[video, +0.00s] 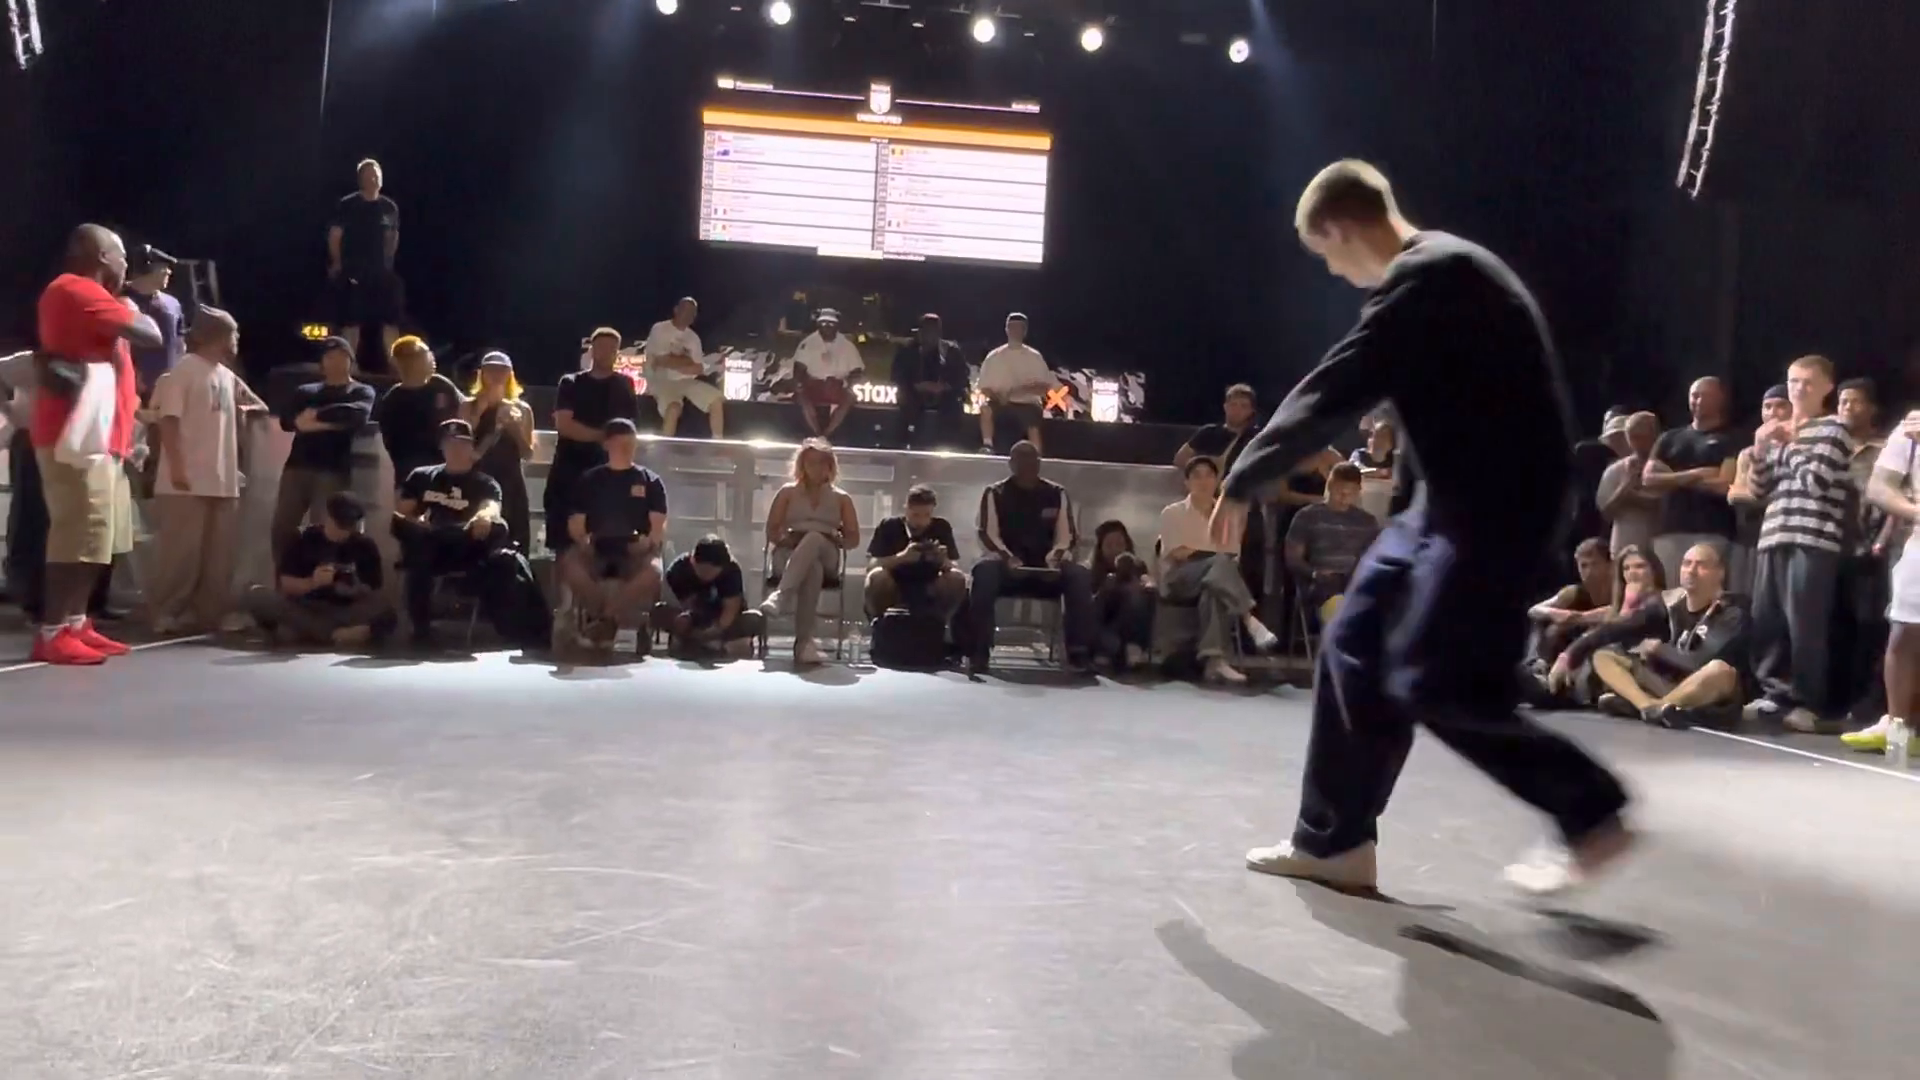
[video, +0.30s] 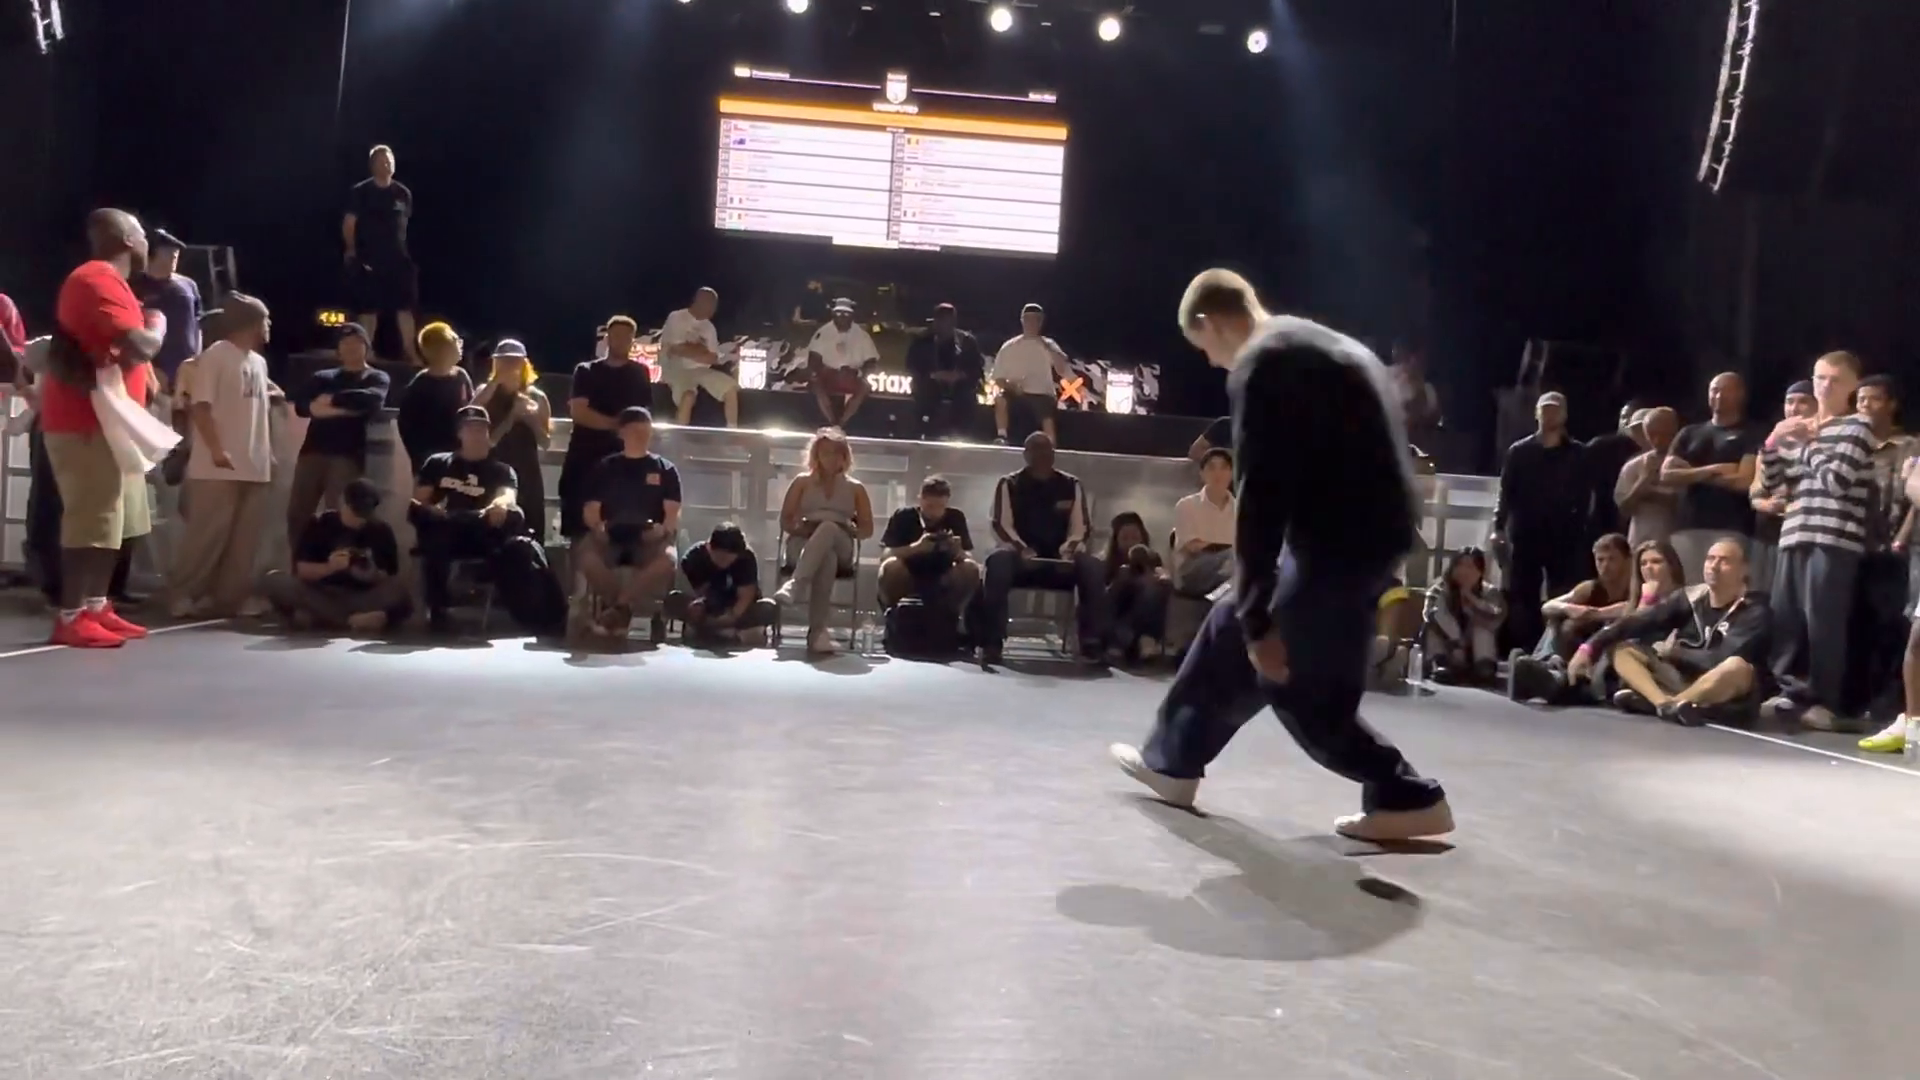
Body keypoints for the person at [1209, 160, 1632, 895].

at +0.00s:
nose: (1338, 273)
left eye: (1329, 254)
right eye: (1328, 259)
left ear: (1347, 229)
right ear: (1382, 213)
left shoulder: (1427, 281)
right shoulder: (1434, 271)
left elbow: (1329, 396)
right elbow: (1450, 416)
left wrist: (1240, 481)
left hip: (1491, 516)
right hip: (1432, 508)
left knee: (1435, 680)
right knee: (1355, 649)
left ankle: (1594, 820)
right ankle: (1336, 844)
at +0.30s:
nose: (1211, 360)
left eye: (1202, 345)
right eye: (1202, 349)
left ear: (1215, 322)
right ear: (1249, 309)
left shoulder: (1264, 364)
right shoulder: (1315, 343)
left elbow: (1260, 497)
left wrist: (1255, 618)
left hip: (1339, 545)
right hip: (1367, 535)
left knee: (1299, 684)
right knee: (1232, 624)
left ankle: (1407, 796)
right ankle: (1172, 763)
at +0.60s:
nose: (1086, 350)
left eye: (1086, 344)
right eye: (1084, 344)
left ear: (1097, 330)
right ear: (1142, 323)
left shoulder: (1098, 360)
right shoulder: (1205, 349)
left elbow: (1090, 472)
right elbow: (1236, 455)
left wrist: (1106, 567)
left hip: (1166, 508)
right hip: (1241, 509)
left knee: (1069, 609)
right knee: (1158, 626)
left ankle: (1038, 743)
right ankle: (1176, 766)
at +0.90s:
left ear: (1060, 409)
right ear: (1115, 406)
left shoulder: (1041, 423)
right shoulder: (1140, 427)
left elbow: (986, 530)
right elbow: (1162, 523)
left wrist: (972, 626)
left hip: (1062, 518)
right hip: (1147, 527)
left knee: (1020, 623)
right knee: (1088, 618)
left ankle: (997, 752)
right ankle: (1117, 753)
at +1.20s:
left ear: (1076, 336)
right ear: (1128, 338)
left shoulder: (1048, 361)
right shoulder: (1154, 362)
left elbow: (962, 408)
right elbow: (1194, 445)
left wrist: (987, 494)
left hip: (1087, 492)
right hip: (1166, 489)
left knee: (1026, 614)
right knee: (1197, 627)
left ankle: (984, 739)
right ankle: (1263, 755)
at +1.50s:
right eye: (1067, 301)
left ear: (1015, 305)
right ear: (1066, 303)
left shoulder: (978, 334)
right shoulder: (1093, 316)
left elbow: (968, 405)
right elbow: (1179, 370)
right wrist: (1189, 455)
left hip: (1023, 461)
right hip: (1104, 462)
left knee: (954, 579)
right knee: (1129, 585)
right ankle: (1173, 713)